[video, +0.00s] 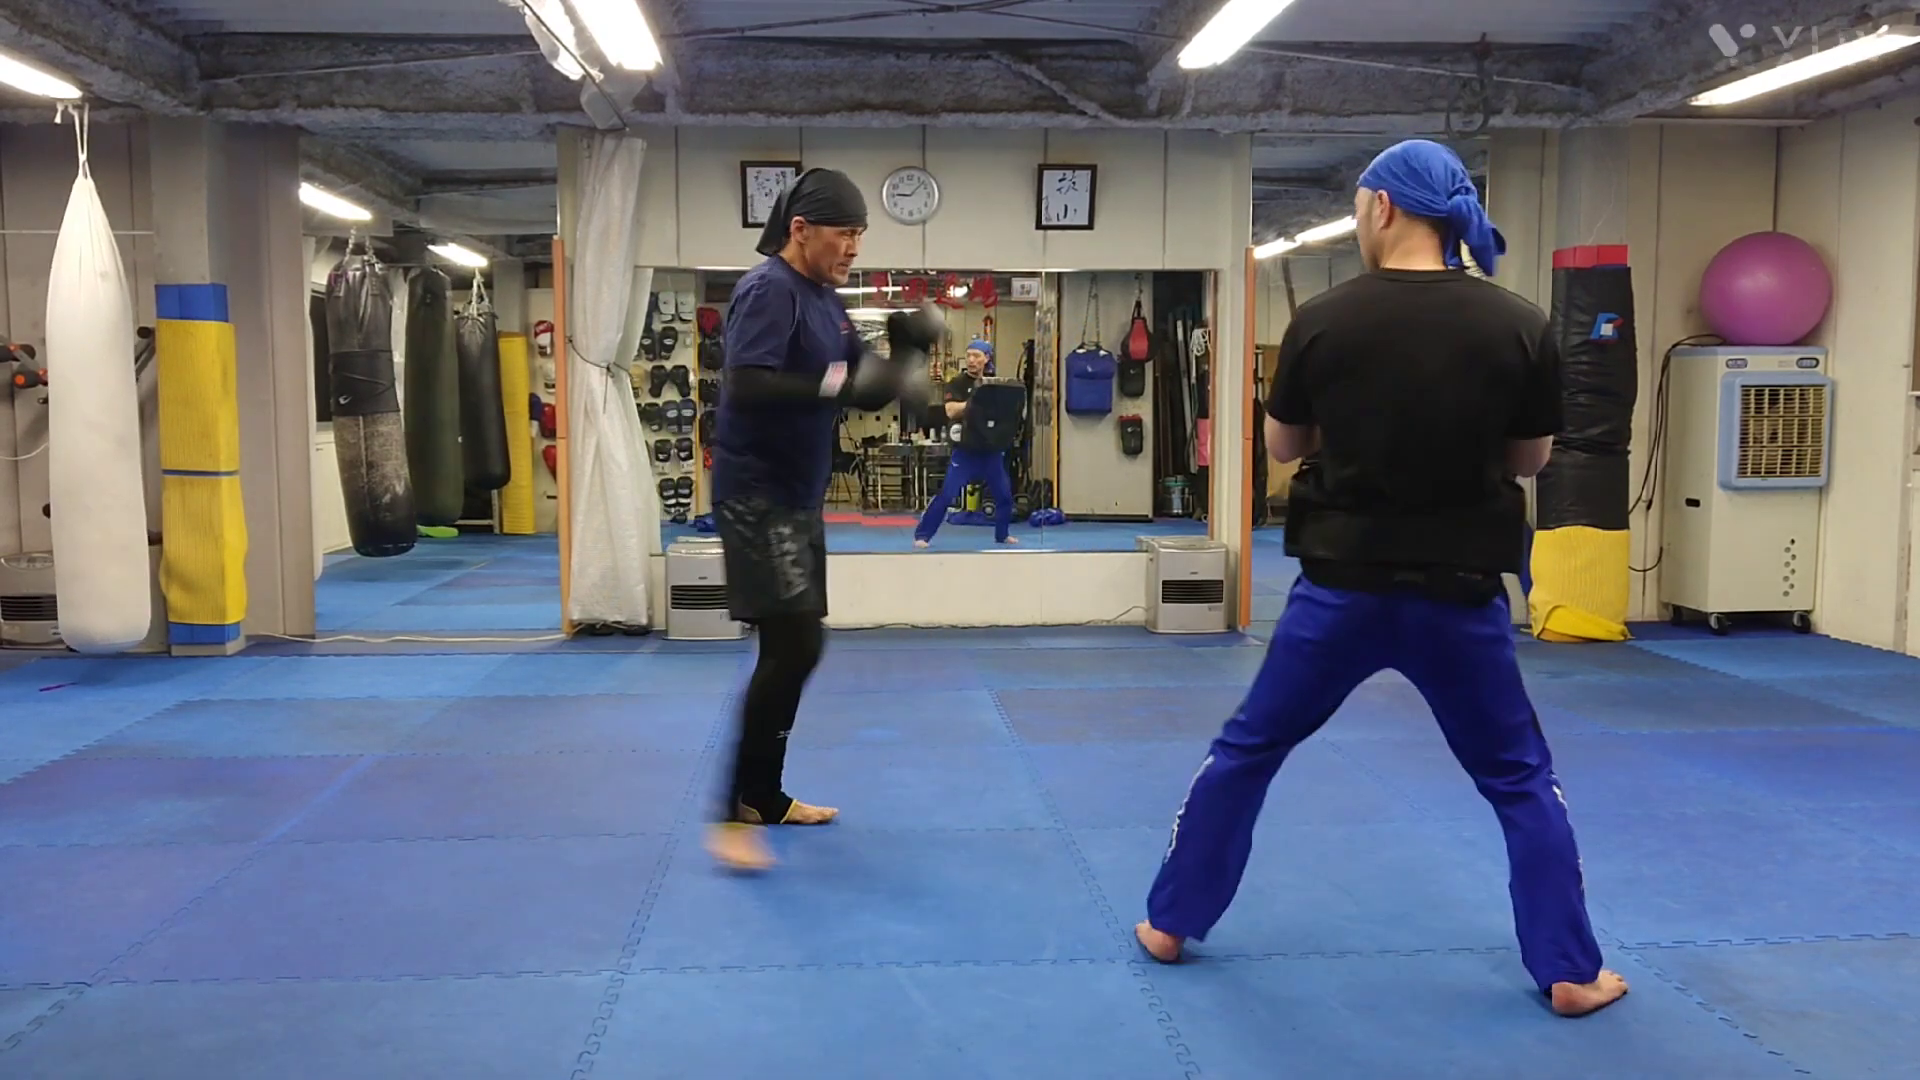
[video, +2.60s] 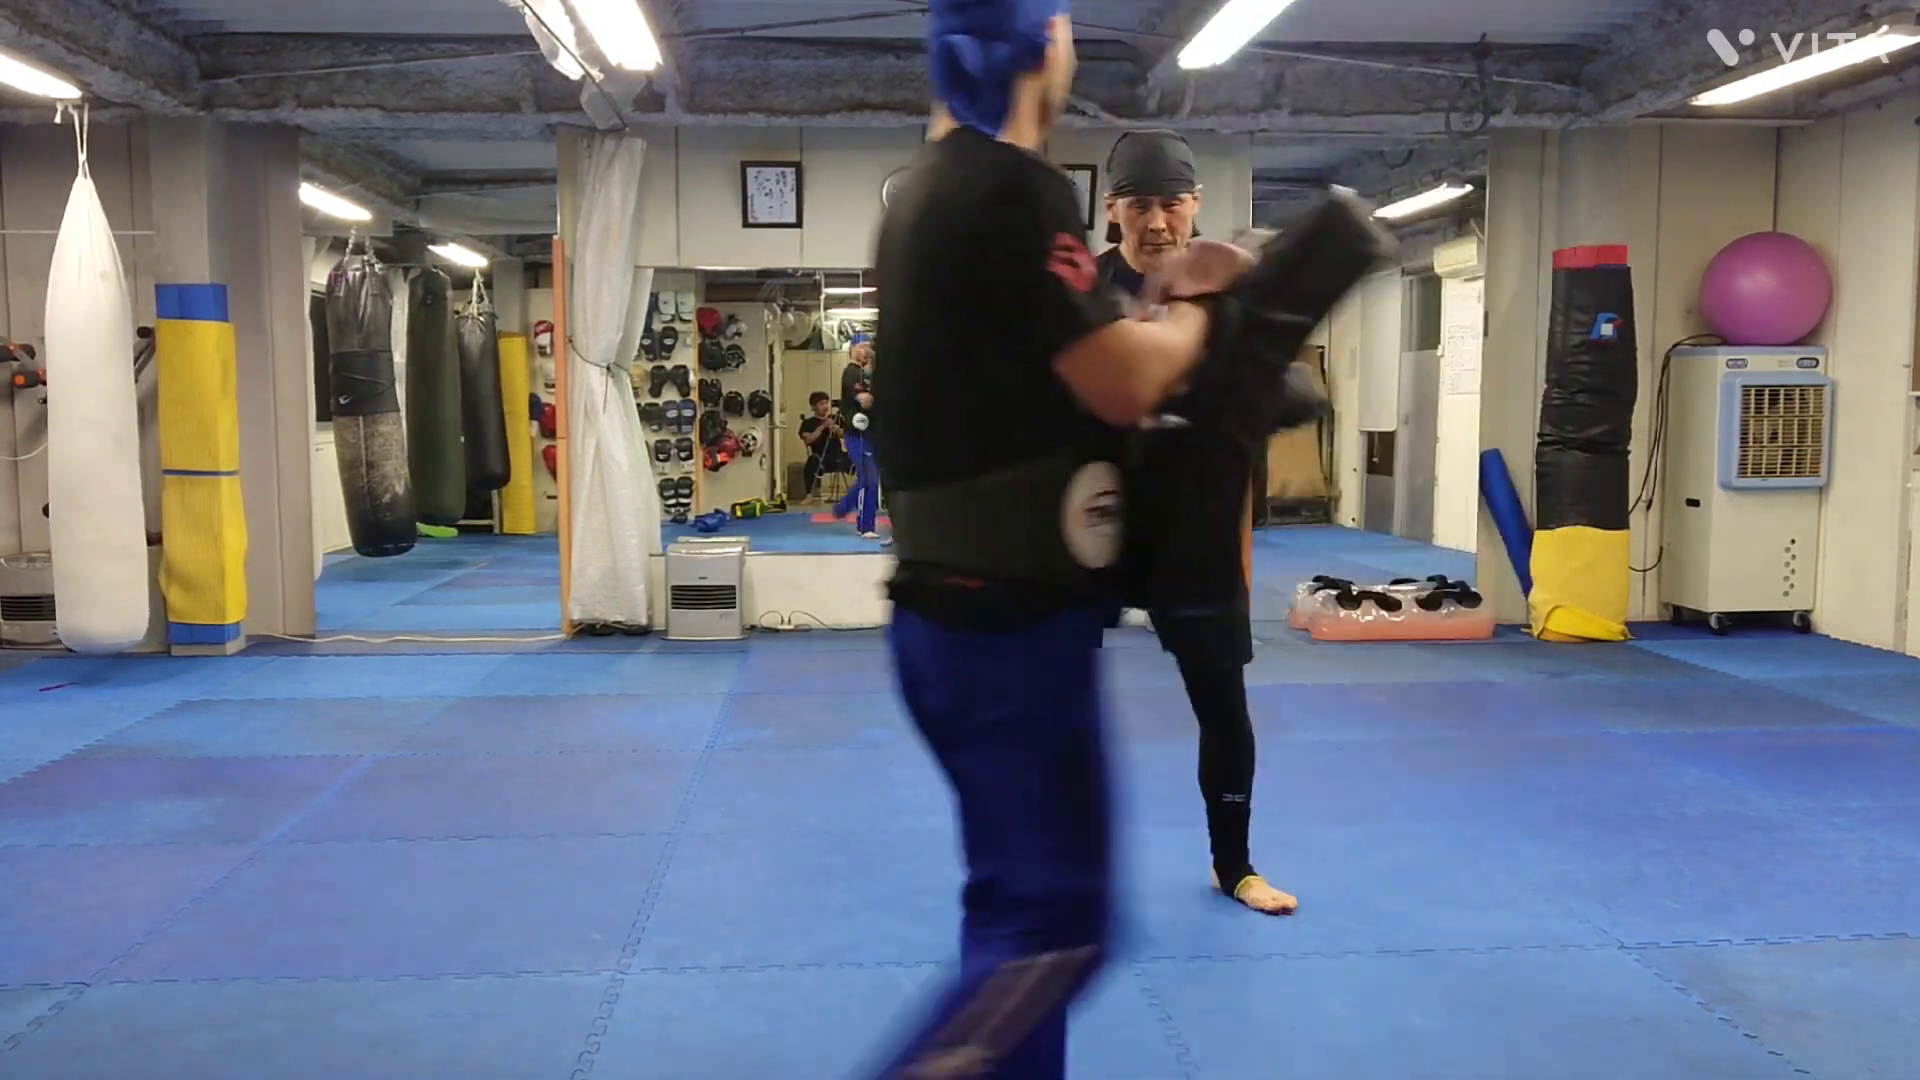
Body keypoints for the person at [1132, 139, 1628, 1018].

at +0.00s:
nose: (1354, 221)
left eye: (1360, 205)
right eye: (1360, 205)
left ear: (1385, 210)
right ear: (1451, 219)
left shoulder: (1329, 319)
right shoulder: (1520, 323)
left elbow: (1284, 445)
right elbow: (1531, 458)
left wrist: (1368, 424)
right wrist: (1450, 437)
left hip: (1339, 597)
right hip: (1463, 605)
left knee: (1246, 750)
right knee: (1520, 780)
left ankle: (1170, 924)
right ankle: (1569, 975)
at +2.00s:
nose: (1303, 112)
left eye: (1307, 94)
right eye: (1309, 92)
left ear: (1325, 105)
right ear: (1420, 108)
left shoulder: (1253, 245)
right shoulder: (1504, 247)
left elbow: (1242, 402)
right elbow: (1549, 420)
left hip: (1303, 624)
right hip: (1455, 632)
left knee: (1235, 831)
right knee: (1515, 883)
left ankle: (1200, 1034)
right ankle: (1531, 1072)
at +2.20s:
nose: (1168, 116)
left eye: (1171, 101)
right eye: (1184, 101)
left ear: (1186, 113)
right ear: (1290, 109)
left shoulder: (1156, 264)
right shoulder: (1335, 251)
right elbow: (1464, 411)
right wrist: (1448, 290)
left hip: (1229, 640)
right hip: (1361, 646)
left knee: (1196, 835)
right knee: (1489, 885)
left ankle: (1048, 1043)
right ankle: (1527, 1069)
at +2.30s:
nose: (1228, 132)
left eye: (1225, 116)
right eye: (1225, 113)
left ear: (1110, 121)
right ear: (1214, 120)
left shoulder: (1086, 262)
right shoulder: (1216, 254)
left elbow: (1166, 421)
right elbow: (1334, 434)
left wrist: (1300, 336)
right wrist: (1374, 331)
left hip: (1138, 651)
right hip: (1258, 657)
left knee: (1132, 880)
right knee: (1420, 907)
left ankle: (1015, 1069)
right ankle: (1498, 1069)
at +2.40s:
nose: (1158, 81)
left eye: (1151, 59)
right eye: (1152, 61)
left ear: (1035, 87)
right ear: (1137, 80)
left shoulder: (1014, 230)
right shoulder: (1104, 229)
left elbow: (1103, 398)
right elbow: (1211, 408)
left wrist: (1252, 327)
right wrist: (1290, 334)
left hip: (1041, 634)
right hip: (1141, 638)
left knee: (1090, 870)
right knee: (1301, 877)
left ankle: (1024, 1070)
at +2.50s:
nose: (1123, 62)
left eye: (1117, 44)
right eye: (1117, 44)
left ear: (1003, 70)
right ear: (1096, 60)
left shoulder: (979, 206)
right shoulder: (1060, 203)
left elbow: (1068, 380)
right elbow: (1170, 396)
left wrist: (1217, 320)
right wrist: (1245, 334)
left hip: (998, 617)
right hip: (1090, 623)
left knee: (1061, 877)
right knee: (1230, 878)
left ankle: (1018, 1072)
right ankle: (1162, 1063)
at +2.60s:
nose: (1072, 49)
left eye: (1066, 32)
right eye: (1065, 32)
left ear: (955, 59)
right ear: (1041, 48)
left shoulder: (927, 191)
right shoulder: (1009, 191)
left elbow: (1017, 377)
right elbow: (1126, 384)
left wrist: (1150, 307)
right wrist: (1192, 306)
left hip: (946, 607)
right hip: (1011, 618)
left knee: (1011, 904)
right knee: (1063, 923)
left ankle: (1017, 1069)